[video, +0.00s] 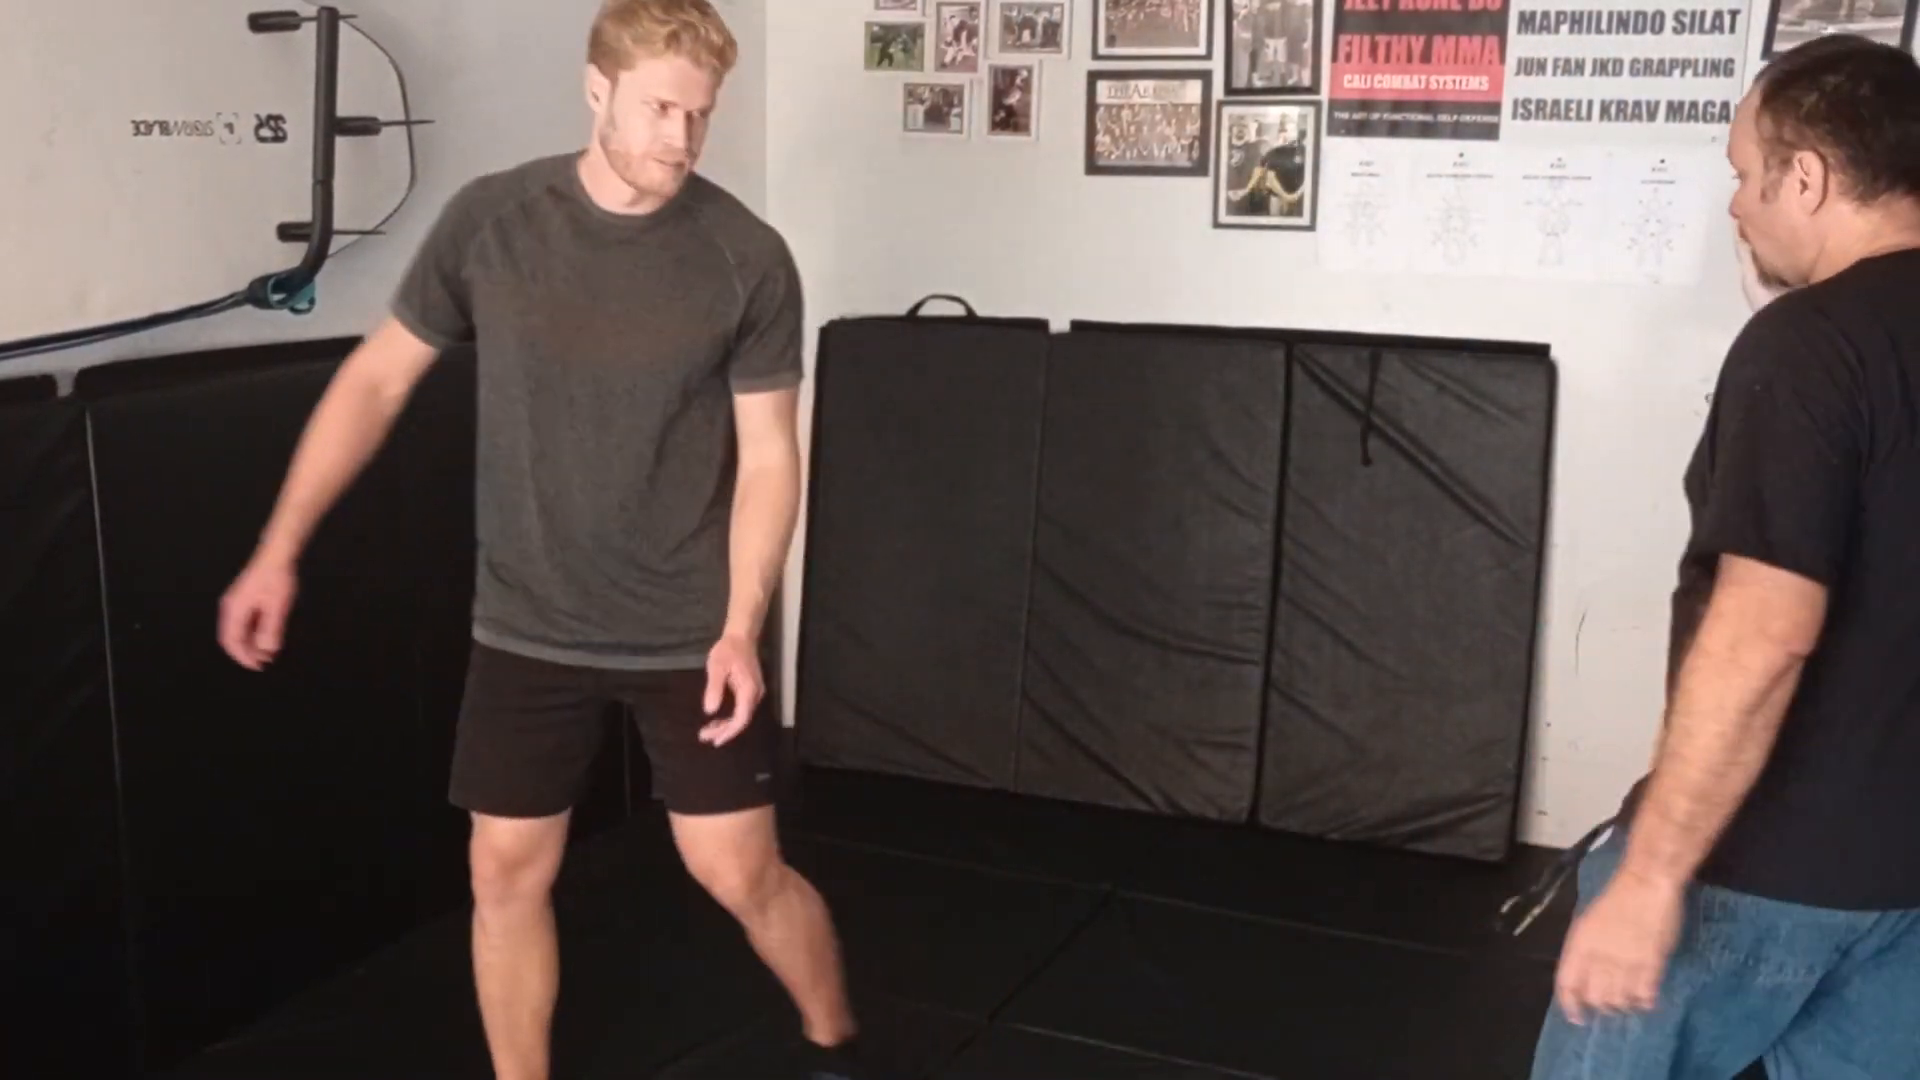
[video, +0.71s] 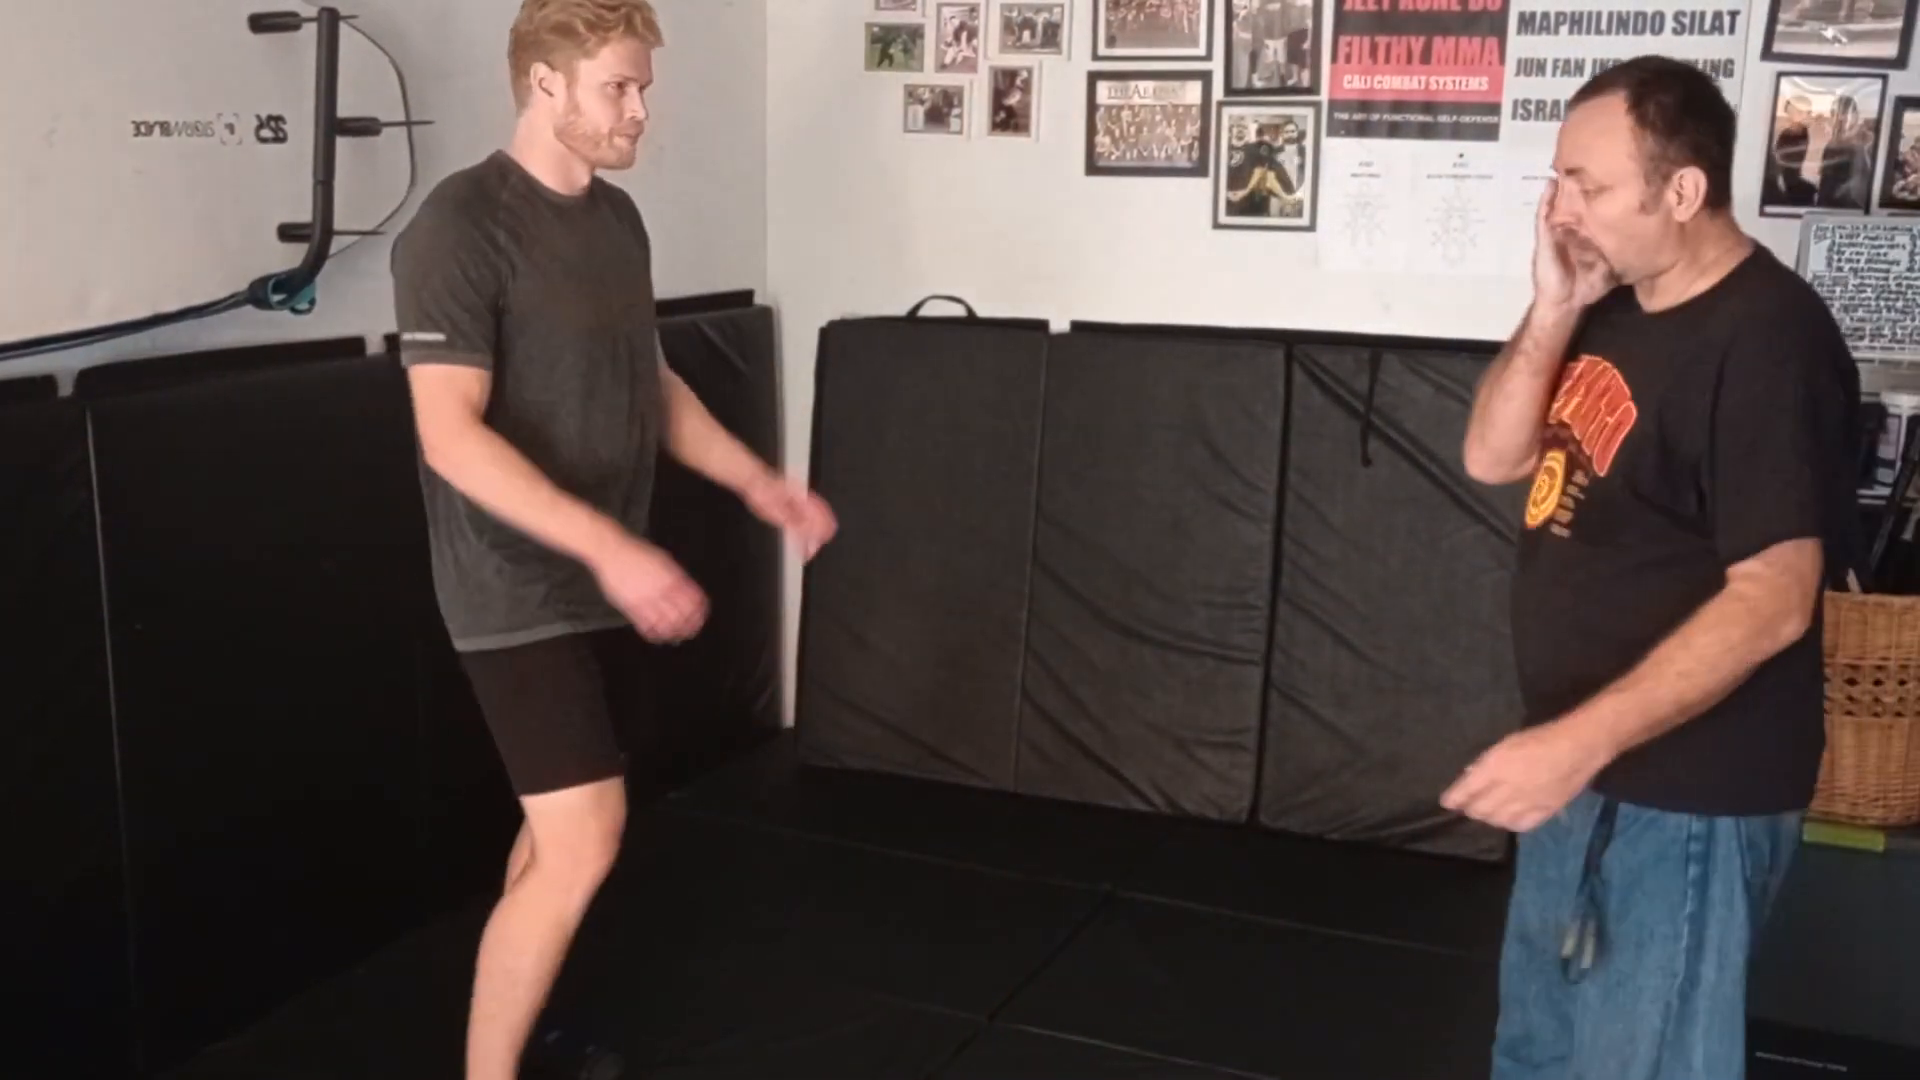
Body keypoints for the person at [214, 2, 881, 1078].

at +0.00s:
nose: (681, 139)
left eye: (699, 114)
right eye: (659, 110)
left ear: (716, 111)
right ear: (599, 93)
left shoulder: (748, 261)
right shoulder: (488, 222)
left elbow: (769, 455)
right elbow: (375, 381)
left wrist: (743, 625)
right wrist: (278, 549)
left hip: (688, 636)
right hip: (525, 631)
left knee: (739, 872)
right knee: (504, 872)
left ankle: (839, 1046)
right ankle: (520, 1076)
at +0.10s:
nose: (664, 123)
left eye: (679, 100)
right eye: (644, 97)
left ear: (690, 95)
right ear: (573, 81)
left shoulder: (715, 245)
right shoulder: (450, 217)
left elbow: (755, 439)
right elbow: (322, 377)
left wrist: (751, 617)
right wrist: (214, 540)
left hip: (672, 626)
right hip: (506, 628)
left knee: (706, 867)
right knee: (504, 872)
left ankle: (704, 1015)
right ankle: (521, 1075)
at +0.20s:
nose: (650, 114)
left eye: (663, 92)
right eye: (629, 89)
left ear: (673, 92)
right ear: (557, 79)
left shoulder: (691, 238)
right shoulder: (429, 223)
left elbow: (736, 430)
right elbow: (312, 386)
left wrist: (750, 617)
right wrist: (211, 549)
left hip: (658, 629)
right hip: (492, 632)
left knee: (669, 845)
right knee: (498, 876)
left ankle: (576, 982)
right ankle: (519, 1078)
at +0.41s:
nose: (637, 105)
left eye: (647, 83)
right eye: (616, 80)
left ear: (655, 87)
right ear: (543, 79)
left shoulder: (660, 232)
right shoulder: (434, 228)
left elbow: (696, 413)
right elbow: (358, 427)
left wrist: (729, 585)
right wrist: (345, 613)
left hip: (626, 614)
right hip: (486, 626)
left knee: (591, 823)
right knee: (510, 879)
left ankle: (524, 1020)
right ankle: (517, 1073)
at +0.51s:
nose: (641, 112)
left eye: (647, 88)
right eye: (620, 88)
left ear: (642, 89)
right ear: (544, 87)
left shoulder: (641, 230)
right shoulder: (440, 237)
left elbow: (677, 402)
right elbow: (396, 443)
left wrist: (719, 557)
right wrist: (443, 632)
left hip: (625, 617)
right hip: (498, 630)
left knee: (582, 839)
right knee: (518, 874)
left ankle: (521, 1031)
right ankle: (495, 1068)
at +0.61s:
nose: (644, 116)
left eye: (648, 93)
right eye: (622, 94)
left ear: (605, 97)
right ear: (547, 93)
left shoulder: (628, 231)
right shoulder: (454, 237)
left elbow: (657, 402)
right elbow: (427, 447)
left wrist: (722, 527)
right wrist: (538, 613)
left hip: (616, 596)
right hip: (503, 607)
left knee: (594, 814)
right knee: (552, 847)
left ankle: (527, 1021)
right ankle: (471, 1068)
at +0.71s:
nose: (637, 109)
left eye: (644, 87)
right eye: (616, 87)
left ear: (641, 90)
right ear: (543, 88)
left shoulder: (612, 217)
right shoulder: (456, 226)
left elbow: (646, 384)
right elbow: (447, 432)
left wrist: (755, 479)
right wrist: (610, 549)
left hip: (603, 586)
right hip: (510, 595)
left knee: (554, 827)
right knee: (582, 832)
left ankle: (514, 1033)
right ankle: (488, 1068)